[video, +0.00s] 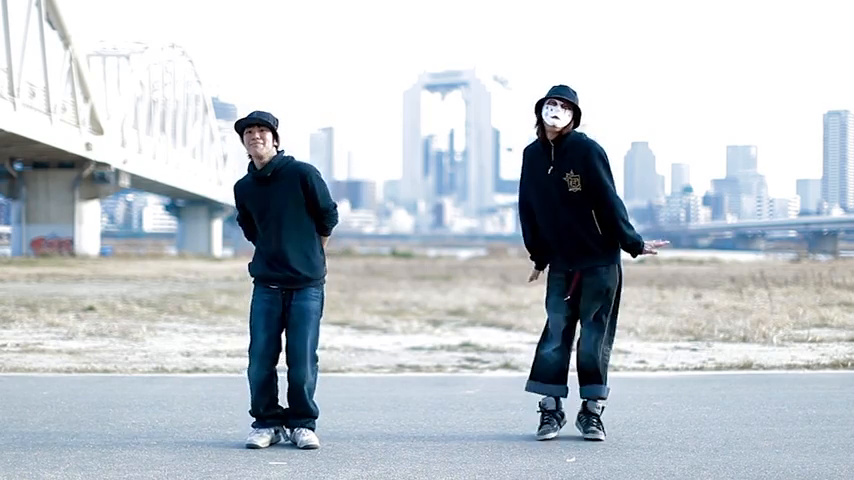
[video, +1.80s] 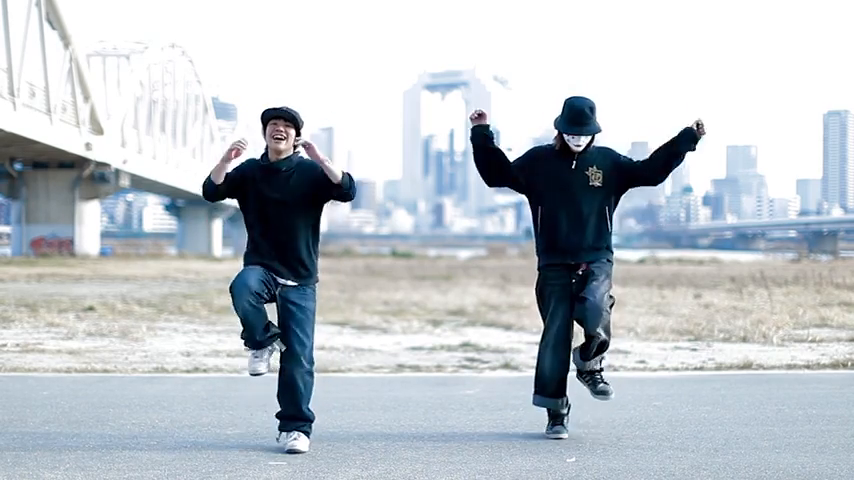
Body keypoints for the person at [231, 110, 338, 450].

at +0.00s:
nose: (256, 139)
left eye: (261, 133)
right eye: (249, 135)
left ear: (274, 137)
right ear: (244, 143)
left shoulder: (303, 173)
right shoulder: (243, 187)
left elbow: (328, 216)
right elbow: (250, 230)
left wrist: (314, 245)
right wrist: (277, 246)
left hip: (306, 282)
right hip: (266, 283)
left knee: (301, 356)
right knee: (259, 356)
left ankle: (302, 425)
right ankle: (266, 424)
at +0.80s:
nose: (287, 134)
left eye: (293, 129)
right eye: (281, 129)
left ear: (303, 134)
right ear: (272, 134)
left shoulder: (320, 171)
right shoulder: (255, 170)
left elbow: (336, 210)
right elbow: (236, 212)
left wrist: (327, 219)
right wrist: (232, 252)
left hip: (305, 280)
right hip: (263, 277)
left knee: (309, 355)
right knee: (253, 333)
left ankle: (302, 424)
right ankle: (266, 388)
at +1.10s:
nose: (271, 141)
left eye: (278, 136)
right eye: (266, 134)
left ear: (290, 141)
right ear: (258, 138)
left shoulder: (307, 178)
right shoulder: (246, 181)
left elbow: (332, 216)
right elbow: (233, 230)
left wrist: (324, 258)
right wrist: (232, 190)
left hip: (298, 285)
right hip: (257, 287)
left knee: (301, 358)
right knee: (256, 360)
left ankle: (302, 424)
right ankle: (260, 425)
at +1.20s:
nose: (271, 134)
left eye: (278, 130)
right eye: (266, 128)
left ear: (289, 136)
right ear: (257, 133)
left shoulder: (306, 170)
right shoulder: (240, 172)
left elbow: (336, 201)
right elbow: (221, 219)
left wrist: (330, 236)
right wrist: (219, 188)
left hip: (298, 275)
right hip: (256, 280)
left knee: (308, 330)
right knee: (255, 355)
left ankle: (298, 385)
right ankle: (261, 423)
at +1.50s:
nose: (283, 128)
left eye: (290, 122)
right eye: (278, 121)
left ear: (300, 128)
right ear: (267, 125)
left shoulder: (312, 168)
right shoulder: (248, 160)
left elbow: (321, 217)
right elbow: (231, 206)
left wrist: (333, 191)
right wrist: (221, 247)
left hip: (297, 268)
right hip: (257, 268)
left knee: (293, 343)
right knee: (256, 345)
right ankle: (261, 420)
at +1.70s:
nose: (280, 133)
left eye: (287, 129)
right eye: (275, 128)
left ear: (298, 136)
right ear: (266, 133)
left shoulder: (315, 171)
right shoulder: (251, 171)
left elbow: (341, 211)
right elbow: (226, 214)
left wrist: (319, 230)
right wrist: (248, 234)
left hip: (301, 283)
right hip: (258, 279)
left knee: (299, 358)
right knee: (241, 334)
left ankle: (297, 428)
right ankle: (259, 390)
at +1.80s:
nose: (280, 131)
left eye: (286, 127)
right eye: (274, 126)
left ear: (295, 138)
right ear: (265, 135)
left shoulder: (312, 172)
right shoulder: (249, 171)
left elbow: (348, 192)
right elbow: (211, 193)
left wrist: (321, 161)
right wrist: (224, 162)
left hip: (300, 274)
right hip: (261, 267)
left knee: (299, 355)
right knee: (242, 289)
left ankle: (295, 428)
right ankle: (261, 342)